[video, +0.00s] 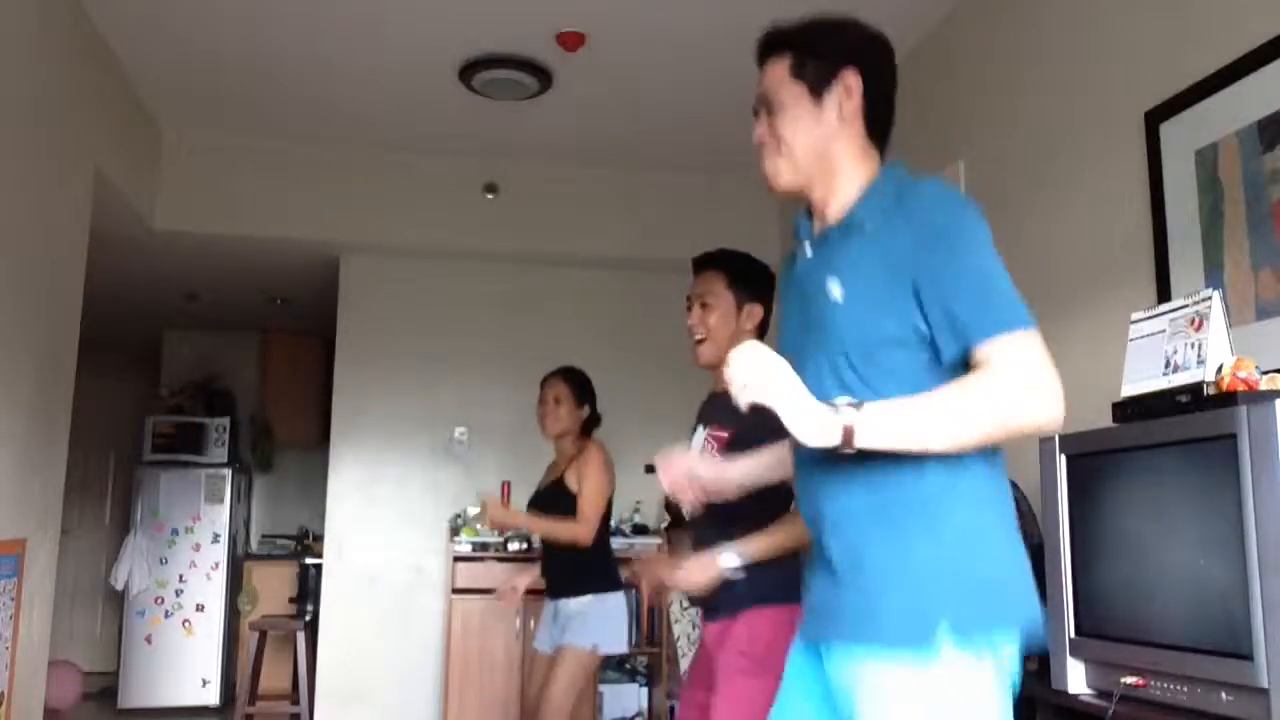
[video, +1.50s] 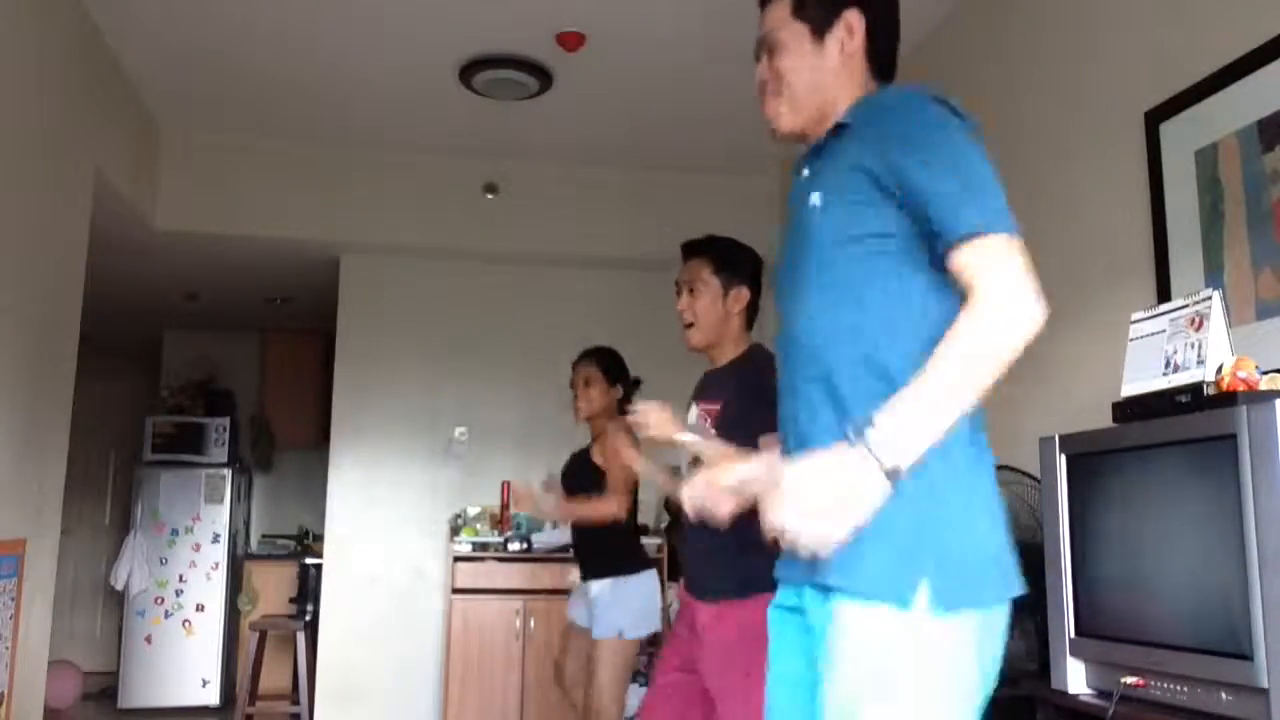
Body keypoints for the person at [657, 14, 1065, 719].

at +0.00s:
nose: (756, 133)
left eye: (770, 107)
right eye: (757, 113)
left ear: (844, 97)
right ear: (838, 102)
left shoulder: (929, 216)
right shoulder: (804, 260)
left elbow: (1031, 392)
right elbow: (833, 431)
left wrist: (838, 422)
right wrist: (729, 475)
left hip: (938, 626)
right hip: (833, 617)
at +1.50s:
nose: (760, 74)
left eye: (772, 47)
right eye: (759, 55)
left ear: (847, 35)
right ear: (840, 39)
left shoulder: (902, 119)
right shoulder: (812, 178)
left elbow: (1011, 299)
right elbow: (861, 398)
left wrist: (870, 462)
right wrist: (762, 466)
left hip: (915, 579)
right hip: (815, 575)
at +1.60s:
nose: (757, 113)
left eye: (773, 87)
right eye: (757, 94)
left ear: (848, 78)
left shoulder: (914, 185)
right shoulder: (816, 228)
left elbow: (997, 388)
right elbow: (860, 430)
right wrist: (746, 448)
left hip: (936, 627)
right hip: (817, 619)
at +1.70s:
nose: (754, 139)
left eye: (770, 112)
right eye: (757, 119)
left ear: (844, 104)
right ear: (842, 108)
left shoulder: (915, 232)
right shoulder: (822, 262)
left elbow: (1010, 448)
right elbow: (877, 461)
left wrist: (907, 600)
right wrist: (780, 498)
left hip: (946, 636)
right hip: (839, 625)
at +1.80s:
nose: (758, 115)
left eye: (773, 85)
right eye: (759, 92)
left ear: (847, 70)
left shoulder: (933, 196)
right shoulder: (820, 228)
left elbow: (1021, 405)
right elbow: (837, 425)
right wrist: (770, 517)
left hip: (933, 656)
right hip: (823, 635)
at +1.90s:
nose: (760, 76)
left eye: (772, 47)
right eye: (758, 57)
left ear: (846, 28)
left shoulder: (910, 117)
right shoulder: (821, 181)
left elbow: (1007, 294)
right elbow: (840, 414)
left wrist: (798, 373)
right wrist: (717, 420)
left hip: (915, 597)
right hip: (811, 588)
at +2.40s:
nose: (783, 99)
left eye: (796, 72)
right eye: (781, 82)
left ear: (875, 51)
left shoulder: (954, 143)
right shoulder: (831, 221)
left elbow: (929, 286)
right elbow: (746, 346)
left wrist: (789, 347)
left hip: (918, 601)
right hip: (799, 590)